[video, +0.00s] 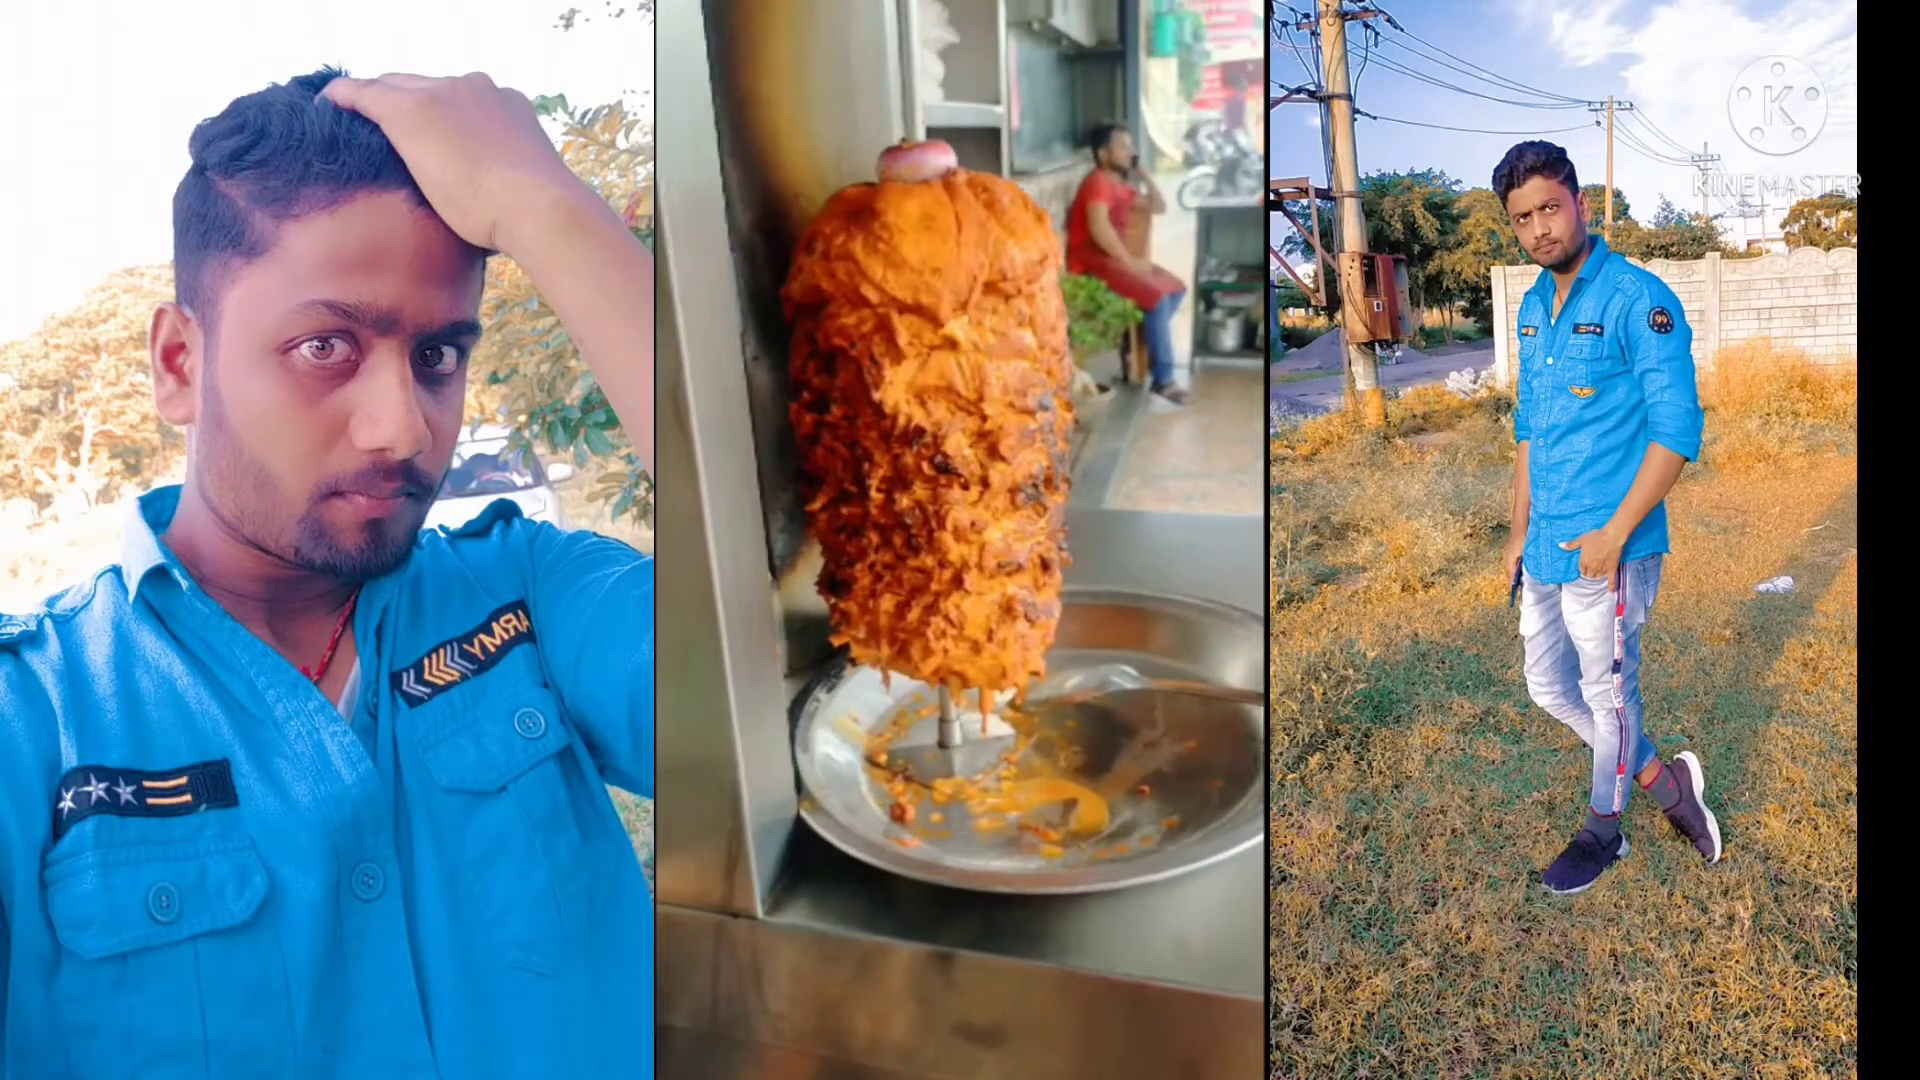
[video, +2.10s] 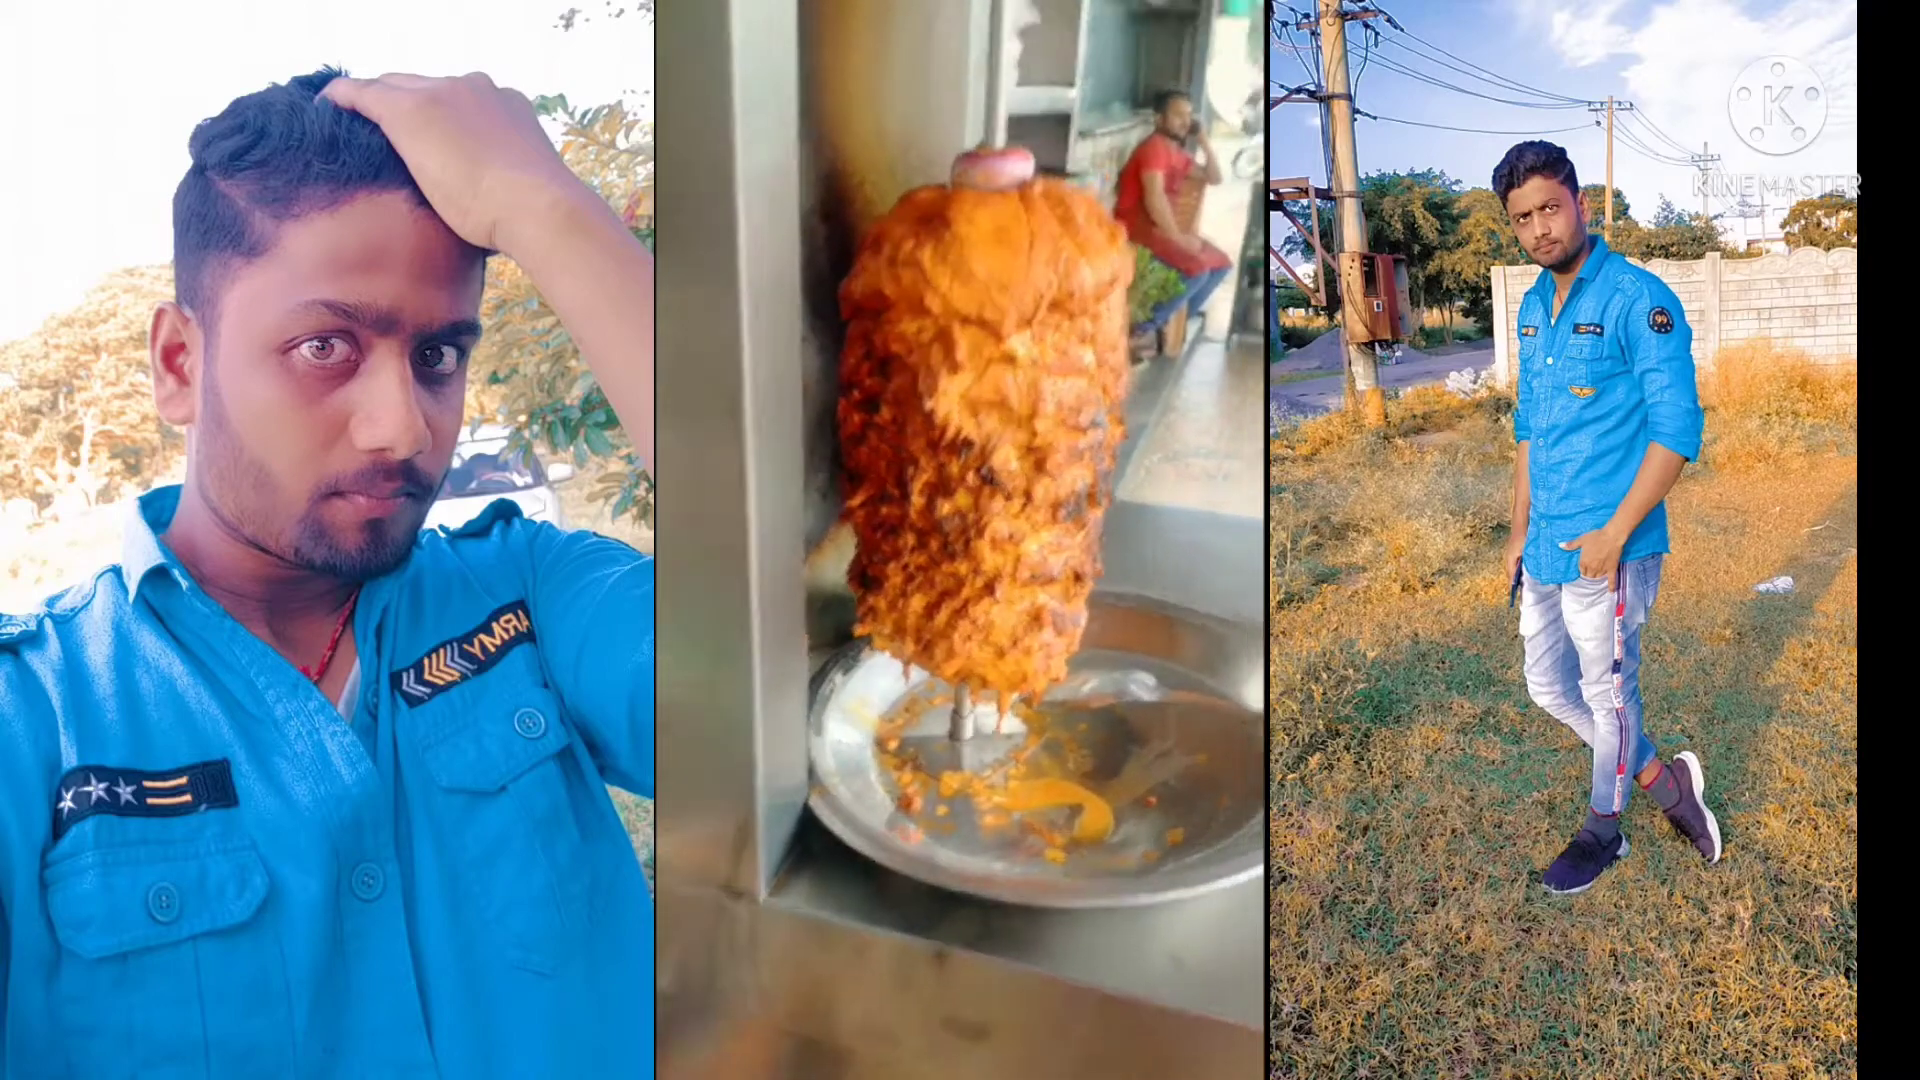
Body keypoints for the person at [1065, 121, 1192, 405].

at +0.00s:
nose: (1130, 151)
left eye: (1129, 145)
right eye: (1122, 145)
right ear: (1103, 153)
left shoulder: (1121, 184)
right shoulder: (1097, 182)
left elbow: (1158, 207)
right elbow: (1098, 228)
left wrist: (1143, 176)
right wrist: (1129, 260)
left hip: (1118, 257)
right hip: (1093, 261)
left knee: (1176, 289)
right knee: (1155, 299)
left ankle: (1134, 343)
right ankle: (1163, 380)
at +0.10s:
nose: (1128, 162)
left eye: (1127, 155)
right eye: (1120, 156)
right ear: (1101, 164)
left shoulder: (1120, 195)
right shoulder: (1096, 192)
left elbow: (1156, 217)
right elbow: (1093, 237)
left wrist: (1141, 186)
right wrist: (1127, 268)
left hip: (1116, 267)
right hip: (1092, 271)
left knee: (1174, 300)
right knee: (1153, 309)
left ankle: (1132, 352)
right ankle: (1162, 389)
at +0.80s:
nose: (1140, 148)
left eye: (1143, 142)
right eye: (1133, 142)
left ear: (1145, 146)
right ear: (1114, 147)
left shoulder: (1134, 179)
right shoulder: (1111, 175)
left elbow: (1173, 202)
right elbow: (1117, 225)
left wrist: (1156, 165)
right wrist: (1142, 259)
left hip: (1125, 250)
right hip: (1103, 255)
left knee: (1187, 287)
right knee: (1168, 292)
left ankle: (1141, 334)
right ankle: (1185, 369)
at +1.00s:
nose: (1150, 129)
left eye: (1153, 122)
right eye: (1143, 122)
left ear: (1155, 127)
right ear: (1125, 127)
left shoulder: (1144, 160)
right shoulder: (1121, 156)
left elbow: (1183, 183)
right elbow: (1126, 207)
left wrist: (1167, 146)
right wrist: (1152, 242)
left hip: (1133, 234)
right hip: (1113, 237)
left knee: (1197, 268)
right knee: (1180, 272)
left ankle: (1154, 326)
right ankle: (1163, 350)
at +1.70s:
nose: (1178, 122)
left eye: (1181, 116)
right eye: (1171, 116)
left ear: (1183, 121)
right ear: (1153, 120)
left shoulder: (1172, 154)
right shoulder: (1148, 149)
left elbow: (1209, 178)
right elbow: (1150, 200)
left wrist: (1195, 141)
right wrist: (1175, 237)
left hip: (1163, 228)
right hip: (1139, 230)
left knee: (1220, 262)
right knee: (1198, 269)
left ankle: (1181, 322)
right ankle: (1148, 328)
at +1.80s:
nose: (1185, 84)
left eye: (1188, 79)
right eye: (1178, 78)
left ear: (1190, 83)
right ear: (1160, 82)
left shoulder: (1179, 117)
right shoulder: (1154, 112)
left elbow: (1215, 143)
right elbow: (1155, 162)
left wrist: (1202, 105)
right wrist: (1178, 202)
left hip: (1171, 193)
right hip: (1146, 194)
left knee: (1225, 229)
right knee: (1202, 236)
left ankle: (1183, 288)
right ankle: (1150, 295)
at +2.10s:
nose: (1185, 121)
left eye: (1188, 115)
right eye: (1178, 115)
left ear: (1190, 119)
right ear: (1160, 117)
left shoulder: (1176, 152)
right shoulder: (1154, 147)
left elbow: (1213, 177)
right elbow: (1153, 197)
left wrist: (1203, 141)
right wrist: (1176, 236)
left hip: (1160, 228)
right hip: (1136, 229)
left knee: (1220, 264)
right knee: (1197, 269)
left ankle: (1170, 323)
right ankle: (1145, 328)